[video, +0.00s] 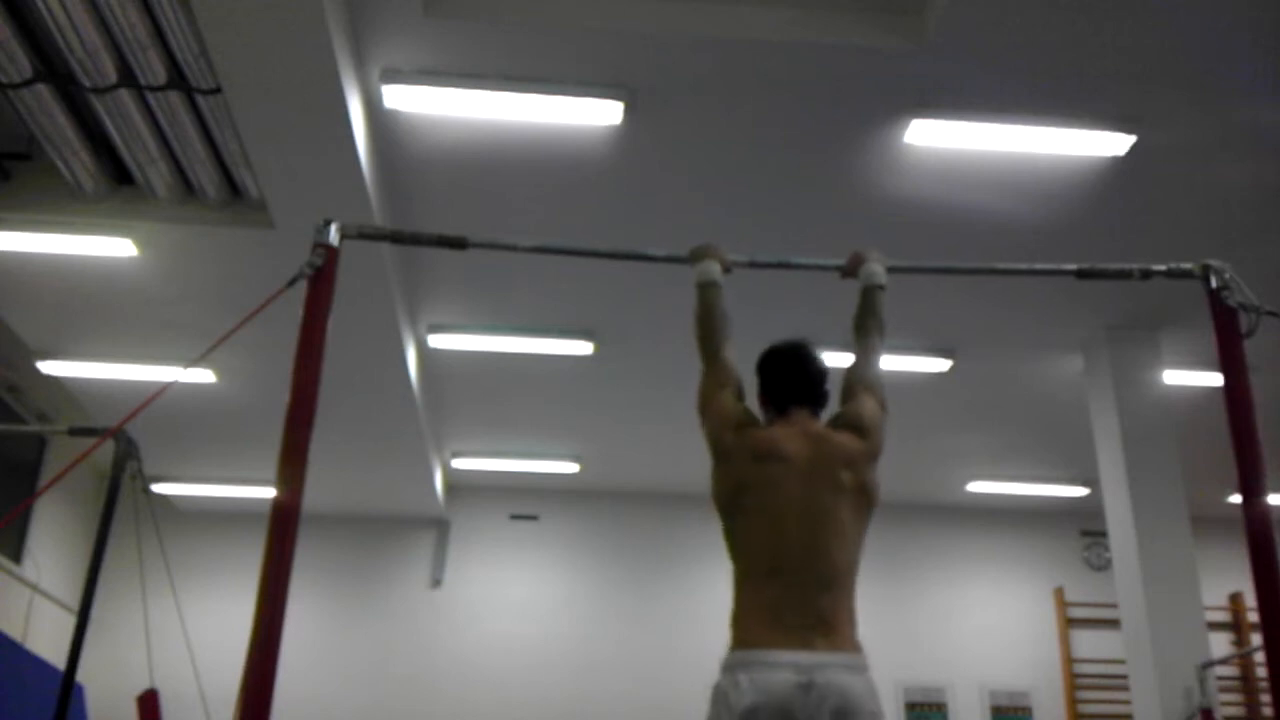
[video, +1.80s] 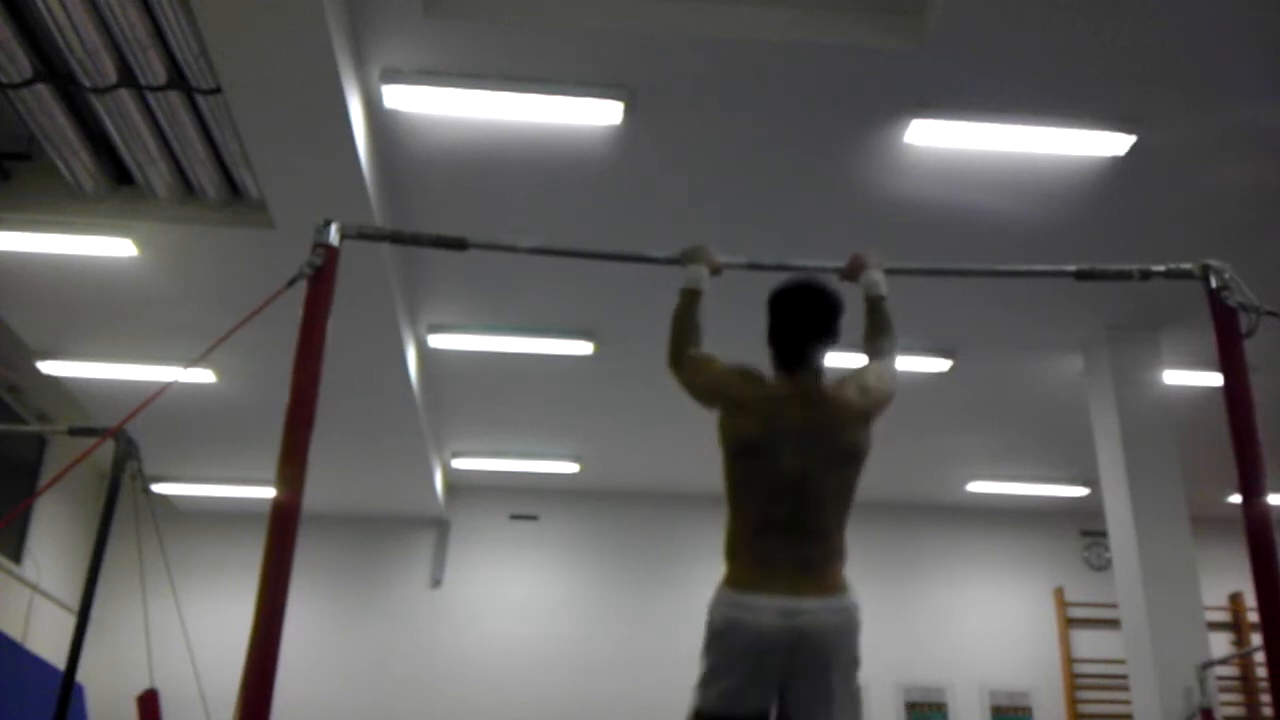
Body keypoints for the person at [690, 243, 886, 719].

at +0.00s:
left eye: (763, 392)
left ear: (761, 400)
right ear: (823, 398)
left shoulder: (735, 444)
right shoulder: (856, 448)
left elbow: (714, 352)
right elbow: (868, 351)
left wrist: (707, 271)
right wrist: (873, 276)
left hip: (754, 671)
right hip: (843, 674)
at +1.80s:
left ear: (770, 335)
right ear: (830, 340)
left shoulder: (740, 398)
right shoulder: (853, 408)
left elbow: (684, 358)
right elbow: (881, 357)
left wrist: (693, 279)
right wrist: (875, 288)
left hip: (744, 616)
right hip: (825, 620)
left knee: (724, 711)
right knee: (826, 714)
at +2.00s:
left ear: (788, 207)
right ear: (853, 211)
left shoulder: (755, 270)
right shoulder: (879, 282)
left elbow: (685, 314)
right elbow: (911, 324)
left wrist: (695, 262)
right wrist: (876, 273)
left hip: (763, 497)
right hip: (840, 505)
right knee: (800, 559)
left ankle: (743, 580)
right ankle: (761, 581)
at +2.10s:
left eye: (793, 138)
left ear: (783, 137)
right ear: (847, 139)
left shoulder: (755, 187)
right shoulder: (877, 204)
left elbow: (674, 263)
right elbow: (926, 281)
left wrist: (710, 240)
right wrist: (880, 233)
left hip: (757, 407)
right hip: (833, 413)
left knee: (739, 488)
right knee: (799, 493)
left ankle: (732, 571)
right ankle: (761, 578)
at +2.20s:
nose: (776, 119)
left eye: (773, 109)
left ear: (769, 107)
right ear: (829, 110)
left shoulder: (746, 140)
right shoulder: (865, 150)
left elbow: (671, 206)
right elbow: (929, 230)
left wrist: (698, 242)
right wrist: (874, 248)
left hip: (759, 342)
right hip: (835, 348)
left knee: (741, 466)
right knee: (798, 470)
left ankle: (735, 580)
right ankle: (765, 584)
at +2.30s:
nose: (757, 119)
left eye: (756, 112)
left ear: (759, 109)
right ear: (814, 112)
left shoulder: (741, 125)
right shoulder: (853, 140)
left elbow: (667, 154)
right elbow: (925, 180)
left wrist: (691, 230)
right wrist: (877, 241)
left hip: (760, 314)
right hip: (833, 318)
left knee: (742, 456)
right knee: (802, 459)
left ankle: (739, 582)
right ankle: (769, 584)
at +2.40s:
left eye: (746, 121)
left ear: (750, 117)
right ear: (807, 118)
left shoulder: (735, 132)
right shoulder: (843, 142)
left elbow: (661, 154)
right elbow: (916, 176)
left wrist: (688, 233)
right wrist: (877, 241)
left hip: (755, 291)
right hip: (832, 291)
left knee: (746, 443)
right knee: (806, 447)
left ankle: (743, 578)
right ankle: (775, 581)